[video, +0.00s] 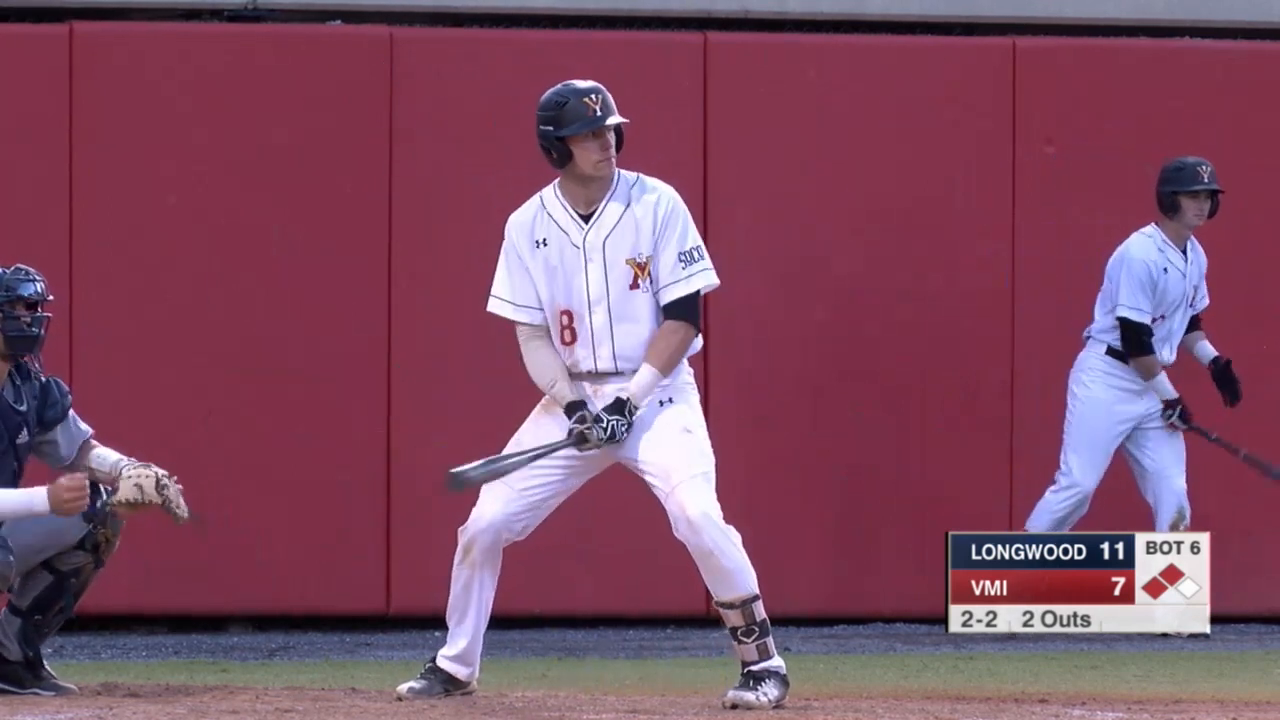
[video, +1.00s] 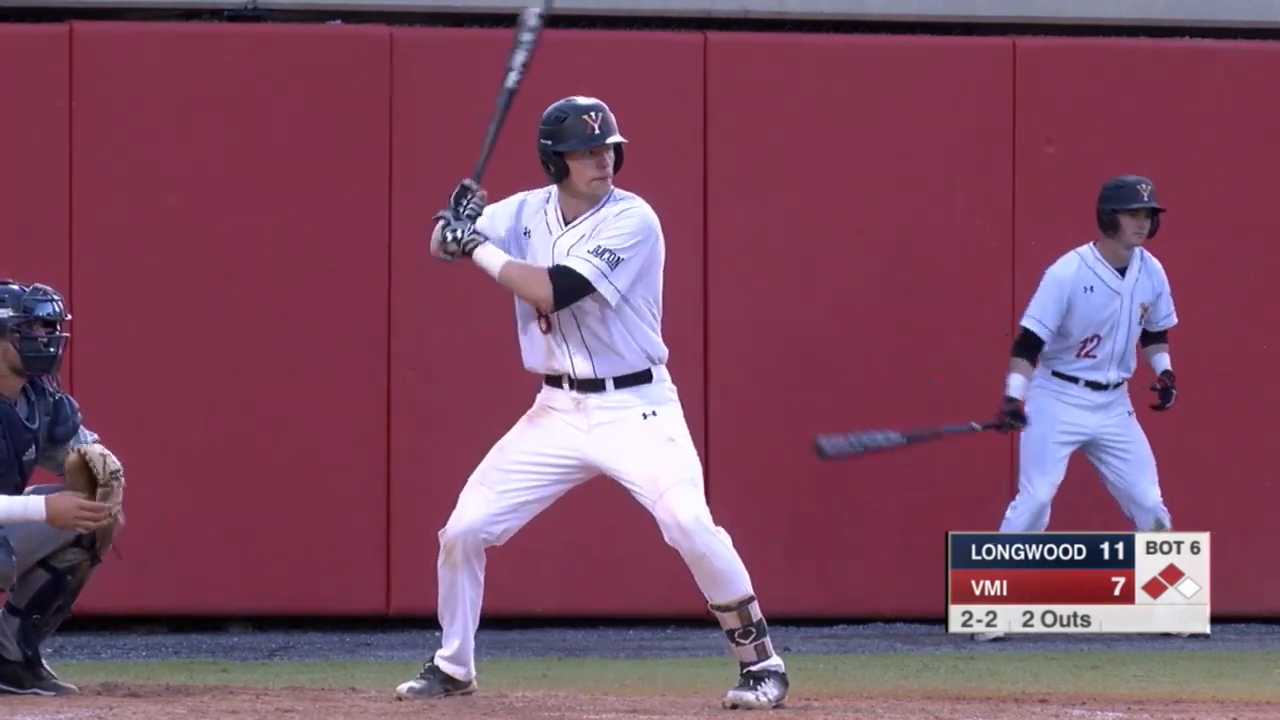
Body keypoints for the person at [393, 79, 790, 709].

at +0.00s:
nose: (605, 144)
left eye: (609, 132)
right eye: (589, 136)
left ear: (617, 133)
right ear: (557, 145)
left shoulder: (658, 204)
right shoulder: (526, 225)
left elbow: (683, 319)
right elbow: (532, 337)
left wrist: (631, 400)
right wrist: (575, 406)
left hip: (658, 397)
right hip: (570, 403)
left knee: (697, 516)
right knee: (483, 526)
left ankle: (762, 666)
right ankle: (454, 666)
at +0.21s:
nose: (610, 145)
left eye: (614, 133)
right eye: (595, 137)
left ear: (621, 134)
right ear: (560, 145)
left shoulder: (657, 208)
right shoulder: (524, 221)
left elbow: (678, 322)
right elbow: (523, 335)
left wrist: (619, 399)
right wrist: (561, 399)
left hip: (651, 398)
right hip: (561, 403)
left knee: (693, 515)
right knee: (477, 526)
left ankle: (762, 665)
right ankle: (454, 666)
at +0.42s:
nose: (603, 150)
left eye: (608, 138)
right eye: (587, 140)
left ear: (615, 140)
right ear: (554, 147)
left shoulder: (643, 213)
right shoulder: (515, 219)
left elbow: (643, 332)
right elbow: (498, 314)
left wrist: (568, 386)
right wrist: (507, 378)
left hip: (637, 403)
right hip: (549, 410)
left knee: (687, 516)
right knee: (467, 526)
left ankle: (762, 666)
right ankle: (453, 666)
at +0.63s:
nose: (592, 151)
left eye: (596, 139)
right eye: (576, 141)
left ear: (604, 140)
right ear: (544, 147)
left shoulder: (628, 214)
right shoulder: (508, 214)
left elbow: (596, 328)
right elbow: (471, 299)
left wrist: (507, 350)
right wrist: (457, 324)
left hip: (632, 401)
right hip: (547, 402)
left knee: (682, 517)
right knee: (462, 524)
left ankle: (760, 665)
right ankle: (453, 666)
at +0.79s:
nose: (591, 155)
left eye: (596, 143)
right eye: (575, 146)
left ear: (605, 143)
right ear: (544, 152)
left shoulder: (626, 216)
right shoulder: (511, 214)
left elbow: (563, 315)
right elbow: (467, 267)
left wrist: (471, 298)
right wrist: (448, 267)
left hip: (634, 404)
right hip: (550, 405)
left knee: (683, 520)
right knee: (461, 527)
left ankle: (761, 665)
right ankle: (453, 667)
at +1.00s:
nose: (604, 161)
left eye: (608, 150)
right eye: (588, 152)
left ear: (616, 151)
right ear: (557, 158)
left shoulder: (634, 218)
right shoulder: (523, 210)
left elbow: (552, 291)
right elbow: (445, 245)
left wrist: (476, 246)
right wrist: (458, 220)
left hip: (639, 410)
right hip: (556, 411)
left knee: (687, 523)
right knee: (464, 529)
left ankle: (762, 665)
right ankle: (452, 667)